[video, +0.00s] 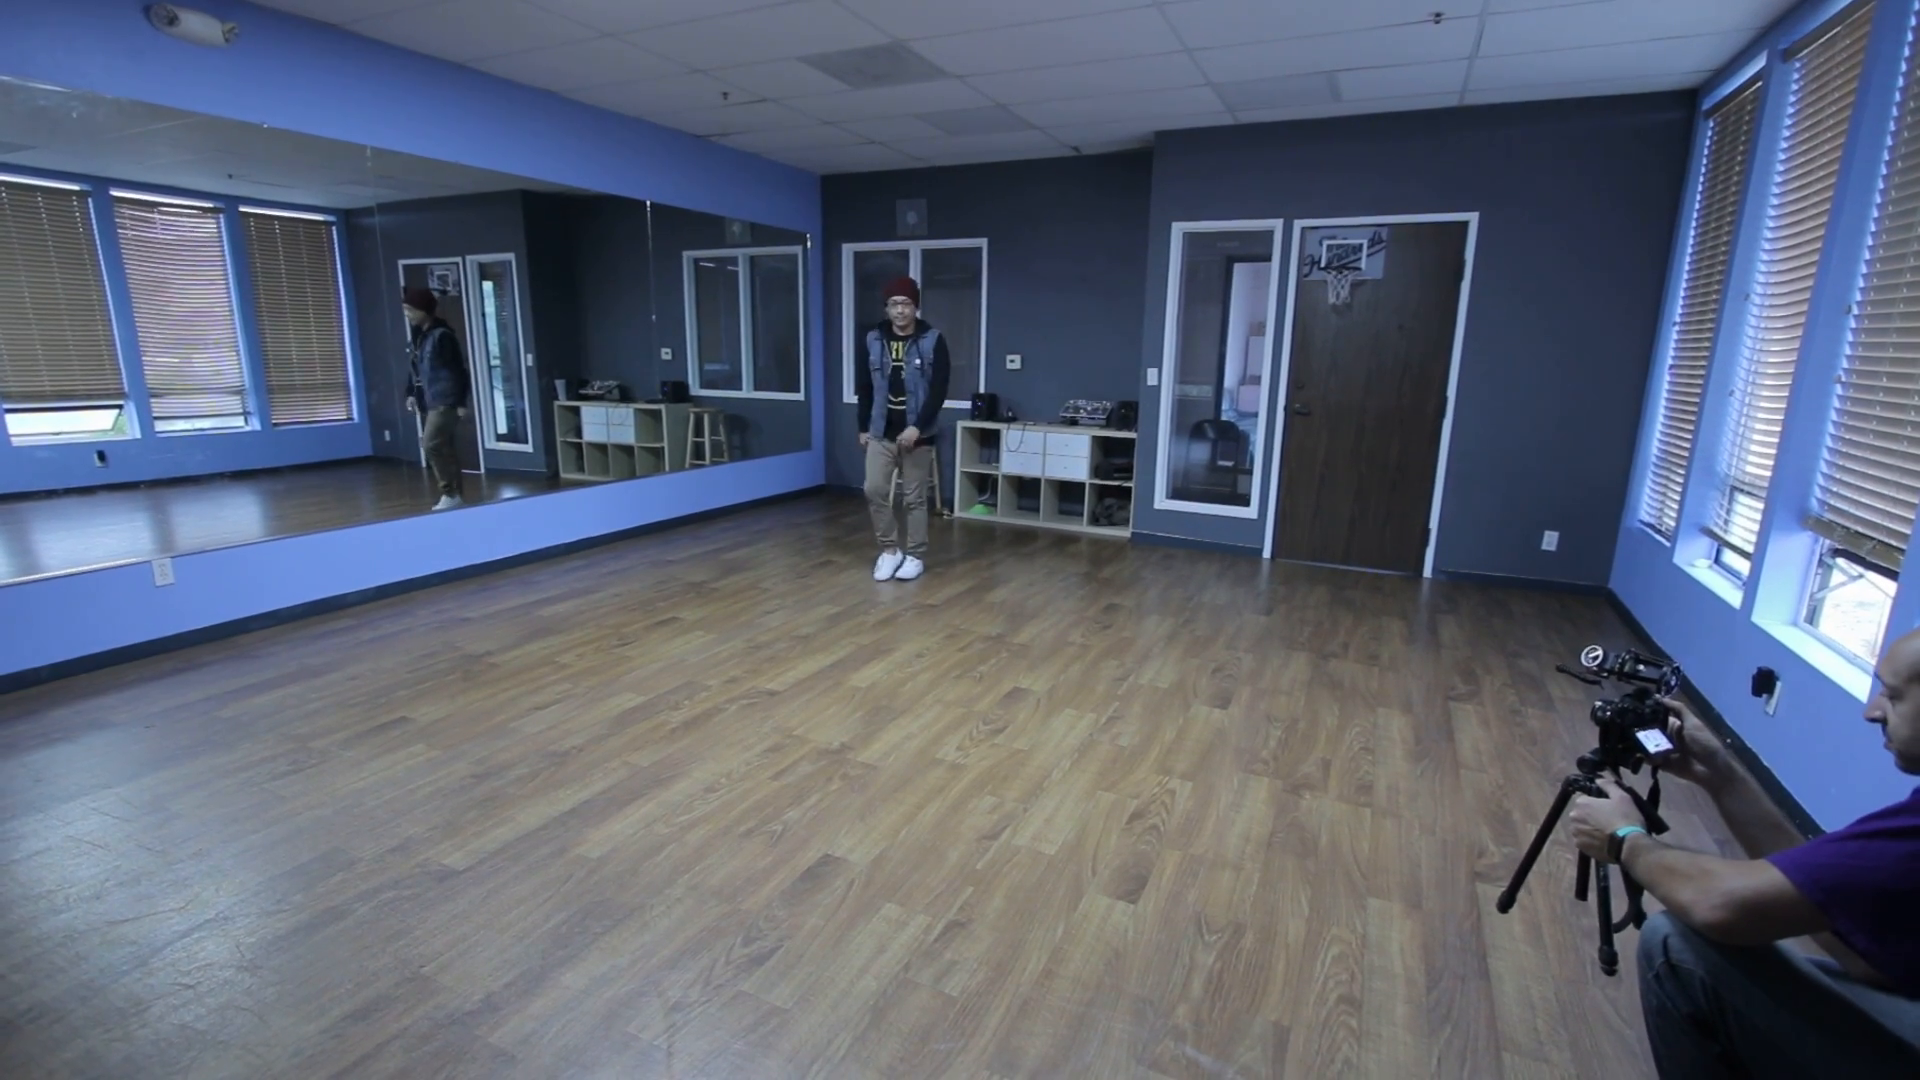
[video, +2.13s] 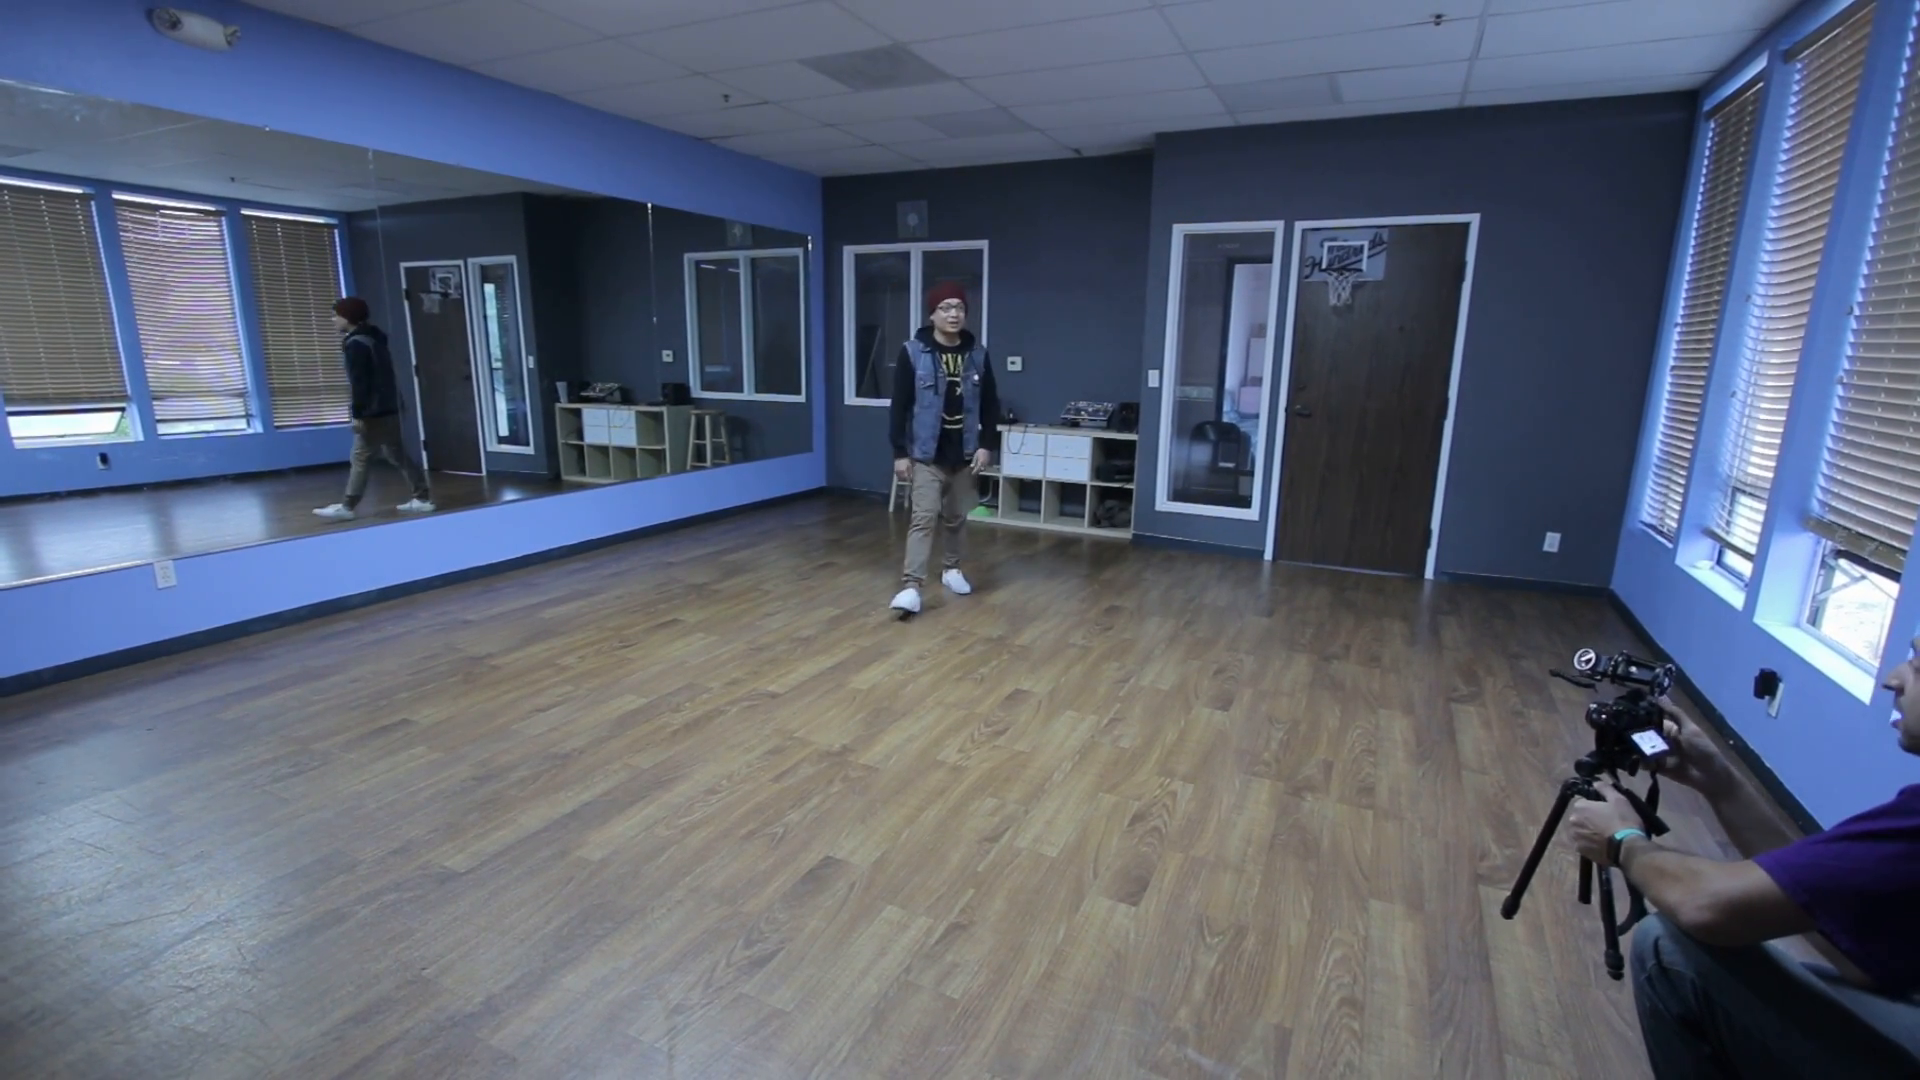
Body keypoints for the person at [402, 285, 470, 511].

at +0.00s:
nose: (406, 314)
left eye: (410, 309)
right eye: (406, 309)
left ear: (423, 310)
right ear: (416, 311)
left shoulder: (443, 335)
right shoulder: (419, 336)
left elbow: (457, 370)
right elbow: (417, 370)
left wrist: (461, 401)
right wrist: (412, 394)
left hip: (446, 400)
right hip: (430, 400)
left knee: (432, 444)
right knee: (443, 446)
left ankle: (450, 492)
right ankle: (453, 491)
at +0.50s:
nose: (407, 313)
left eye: (410, 309)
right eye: (406, 309)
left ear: (423, 312)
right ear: (423, 312)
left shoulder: (432, 340)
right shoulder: (426, 337)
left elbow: (433, 376)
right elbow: (428, 375)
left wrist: (432, 406)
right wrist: (425, 404)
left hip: (439, 406)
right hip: (433, 404)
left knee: (439, 452)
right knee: (433, 451)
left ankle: (453, 497)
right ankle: (438, 491)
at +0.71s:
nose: (404, 315)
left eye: (408, 311)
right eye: (404, 310)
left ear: (420, 314)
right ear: (422, 314)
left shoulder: (424, 342)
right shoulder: (437, 335)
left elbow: (416, 378)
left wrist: (403, 407)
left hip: (435, 405)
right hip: (439, 402)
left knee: (433, 453)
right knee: (419, 442)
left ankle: (452, 499)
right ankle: (427, 490)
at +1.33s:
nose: (371, 320)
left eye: (374, 316)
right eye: (372, 316)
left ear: (387, 318)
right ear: (390, 318)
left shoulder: (393, 342)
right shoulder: (404, 338)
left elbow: (390, 379)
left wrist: (381, 410)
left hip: (413, 408)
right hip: (411, 407)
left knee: (419, 454)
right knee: (399, 452)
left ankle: (444, 498)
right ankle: (419, 496)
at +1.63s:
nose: (358, 316)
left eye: (361, 311)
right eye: (358, 311)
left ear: (373, 312)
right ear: (373, 313)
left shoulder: (386, 336)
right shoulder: (382, 335)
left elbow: (394, 370)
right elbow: (386, 374)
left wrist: (397, 400)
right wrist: (382, 401)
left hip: (401, 404)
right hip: (405, 403)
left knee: (399, 450)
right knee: (410, 451)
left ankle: (409, 497)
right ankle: (421, 497)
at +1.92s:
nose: (351, 320)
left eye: (354, 316)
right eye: (351, 316)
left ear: (363, 318)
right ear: (372, 317)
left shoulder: (373, 341)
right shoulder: (385, 336)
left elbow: (382, 378)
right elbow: (387, 377)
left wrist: (381, 411)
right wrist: (386, 406)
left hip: (388, 410)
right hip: (400, 408)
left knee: (370, 451)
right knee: (398, 452)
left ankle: (375, 500)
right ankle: (421, 496)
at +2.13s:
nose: (334, 321)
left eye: (337, 316)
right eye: (335, 316)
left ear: (349, 318)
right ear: (358, 318)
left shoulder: (355, 343)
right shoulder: (375, 336)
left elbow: (360, 382)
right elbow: (386, 376)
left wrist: (357, 415)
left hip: (370, 413)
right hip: (388, 409)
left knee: (359, 458)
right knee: (397, 454)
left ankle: (348, 505)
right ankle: (422, 497)